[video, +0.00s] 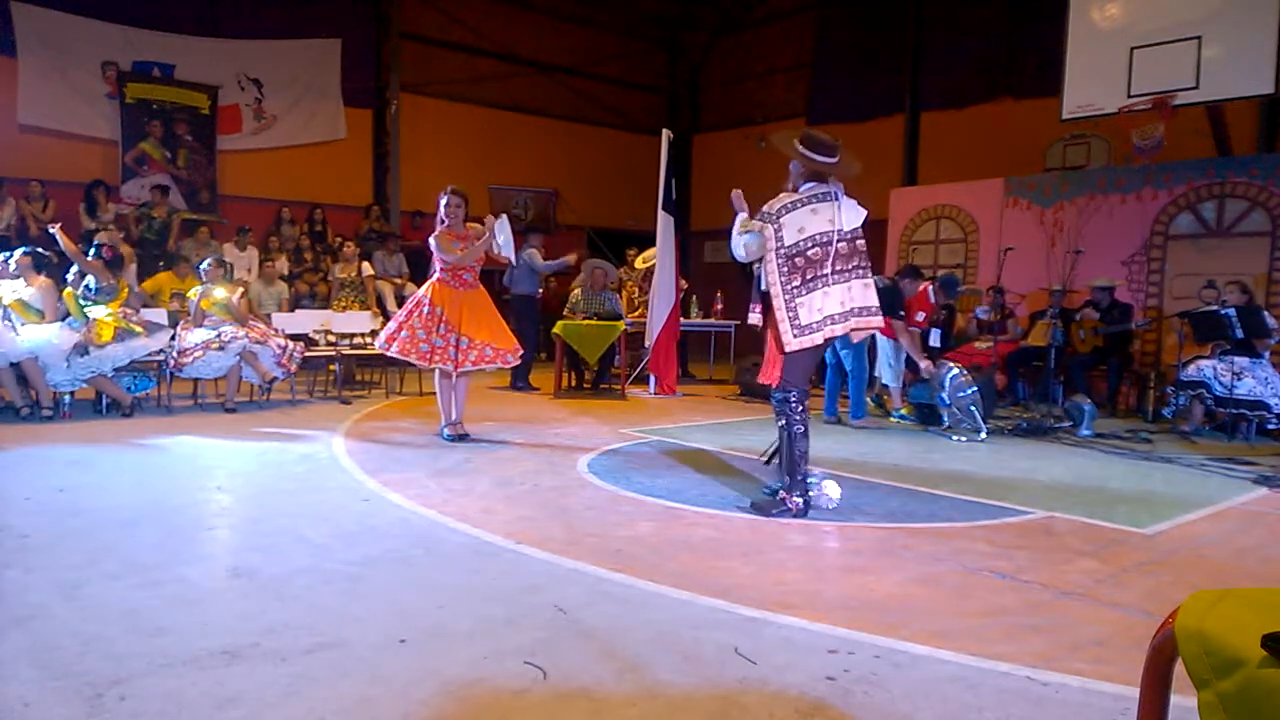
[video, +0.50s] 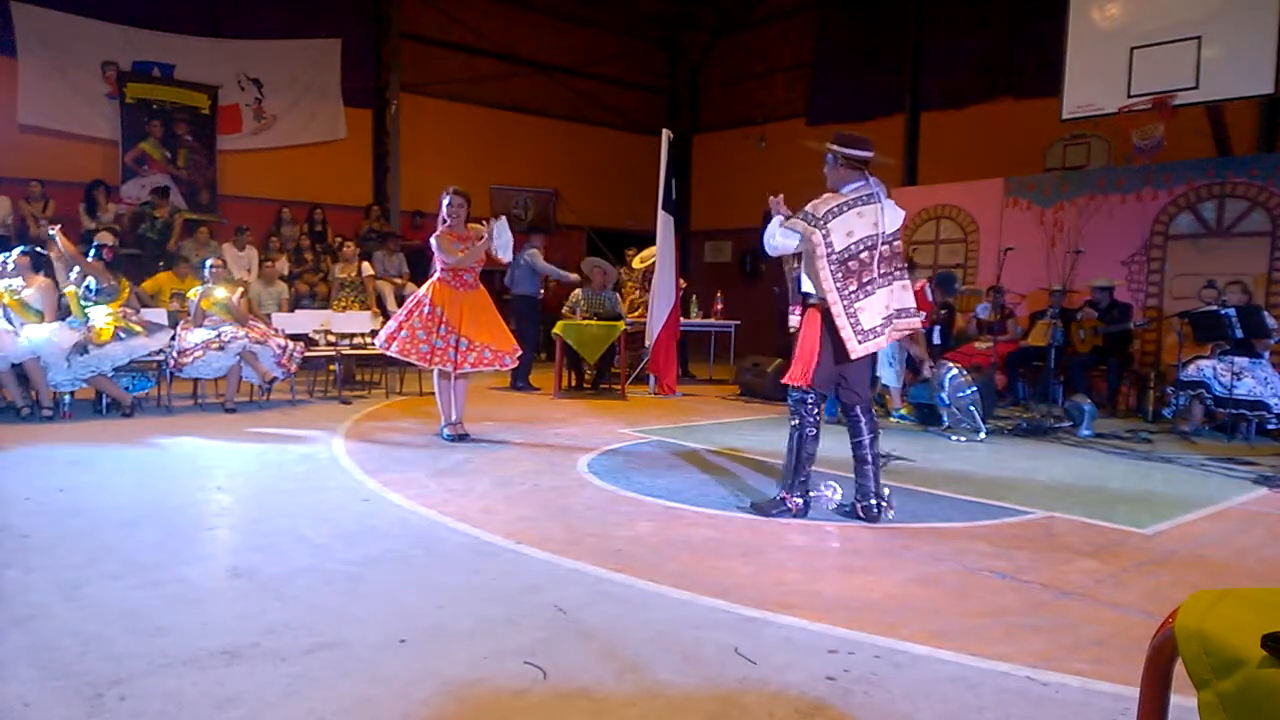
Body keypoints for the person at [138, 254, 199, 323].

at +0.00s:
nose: (187, 271)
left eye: (188, 268)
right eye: (184, 268)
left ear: (190, 268)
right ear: (175, 268)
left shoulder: (193, 281)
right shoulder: (163, 278)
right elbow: (142, 291)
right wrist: (154, 307)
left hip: (186, 315)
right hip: (165, 313)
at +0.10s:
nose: (186, 271)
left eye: (187, 268)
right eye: (183, 268)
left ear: (189, 268)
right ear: (175, 268)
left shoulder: (193, 281)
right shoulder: (163, 278)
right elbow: (141, 291)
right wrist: (154, 307)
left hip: (187, 316)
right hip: (164, 314)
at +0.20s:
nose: (186, 271)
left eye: (187, 268)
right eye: (183, 268)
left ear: (189, 268)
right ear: (175, 268)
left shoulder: (193, 281)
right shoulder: (163, 278)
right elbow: (141, 291)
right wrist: (154, 307)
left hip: (187, 316)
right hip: (165, 314)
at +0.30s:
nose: (186, 271)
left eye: (187, 268)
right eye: (183, 268)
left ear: (189, 268)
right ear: (175, 268)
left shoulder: (193, 281)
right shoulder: (163, 278)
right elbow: (141, 291)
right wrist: (154, 307)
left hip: (187, 316)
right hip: (164, 314)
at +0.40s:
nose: (186, 271)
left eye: (187, 268)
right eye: (183, 268)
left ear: (189, 268)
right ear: (175, 268)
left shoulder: (193, 281)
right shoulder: (163, 278)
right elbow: (141, 291)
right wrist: (154, 308)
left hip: (186, 317)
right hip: (164, 315)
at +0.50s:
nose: (186, 271)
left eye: (187, 268)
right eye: (183, 268)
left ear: (189, 268)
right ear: (175, 268)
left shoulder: (194, 282)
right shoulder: (163, 278)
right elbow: (141, 291)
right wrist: (154, 308)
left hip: (186, 317)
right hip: (164, 315)